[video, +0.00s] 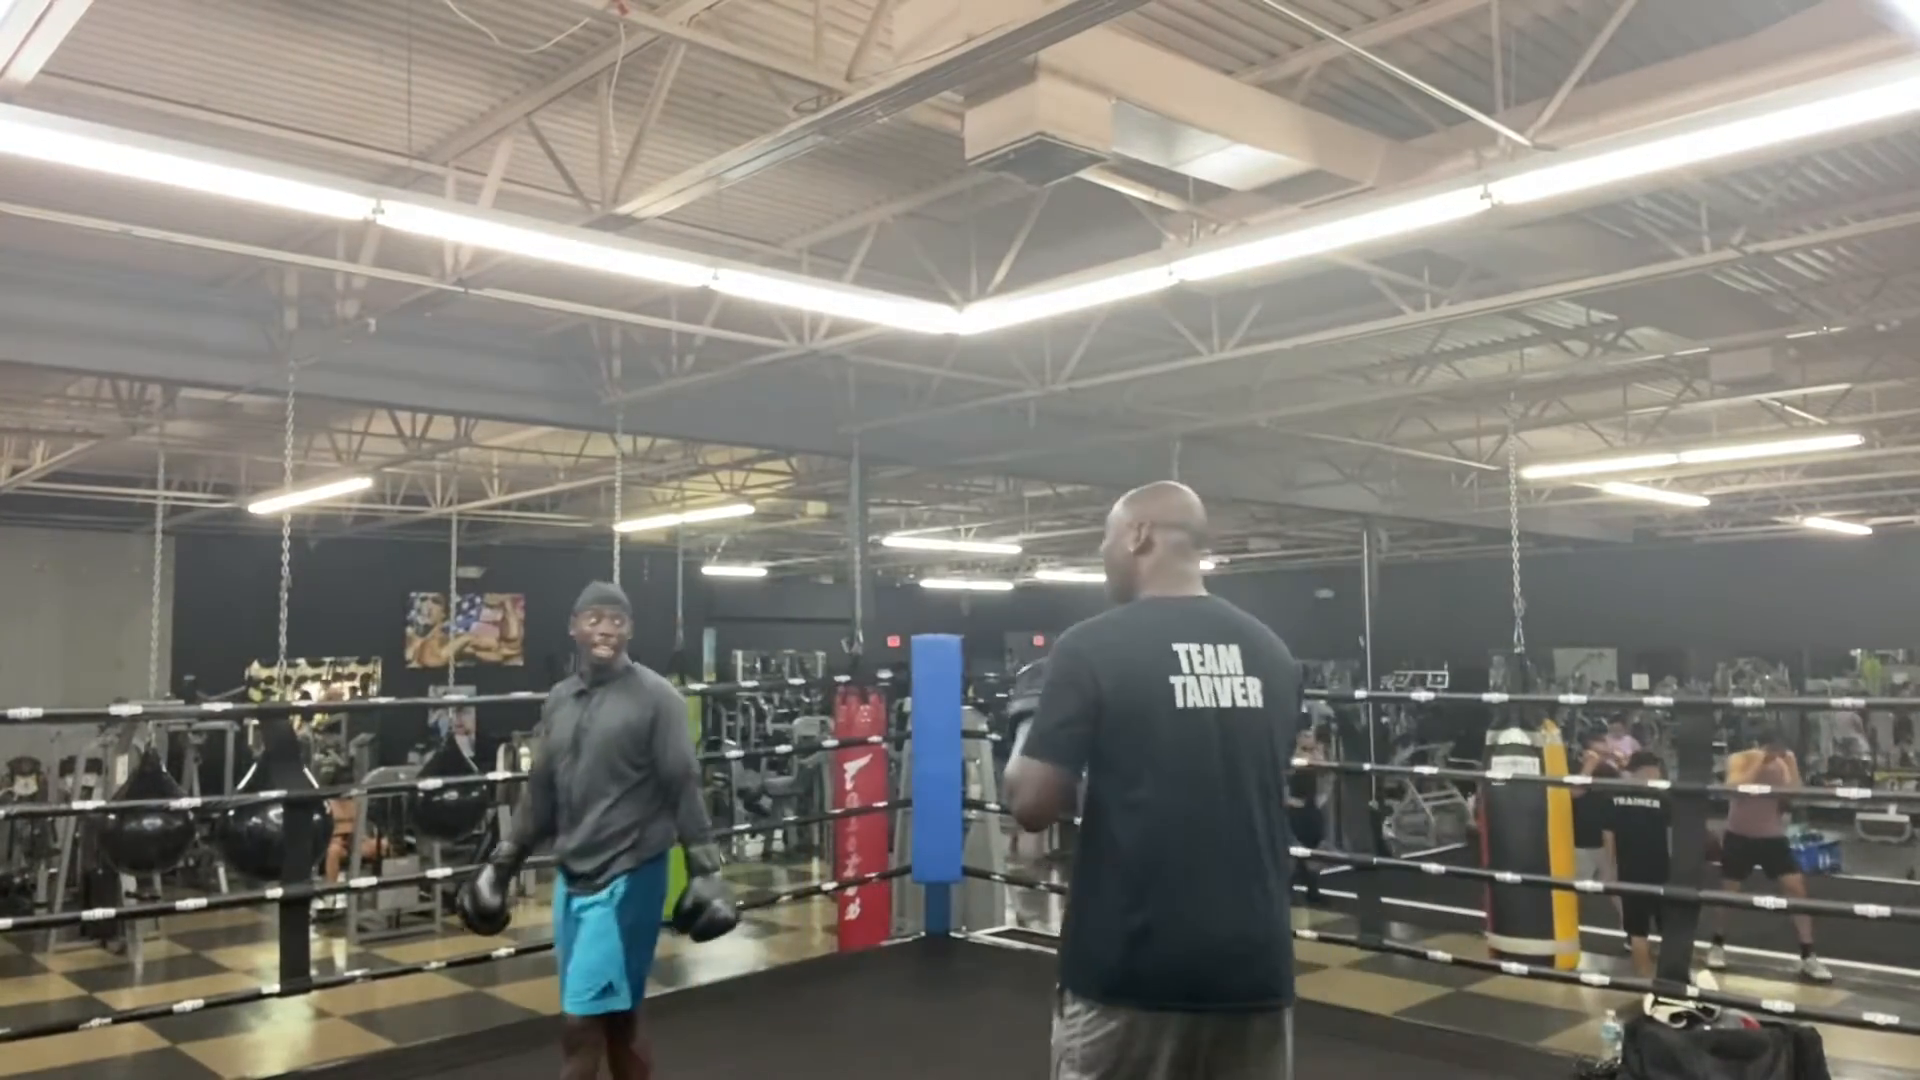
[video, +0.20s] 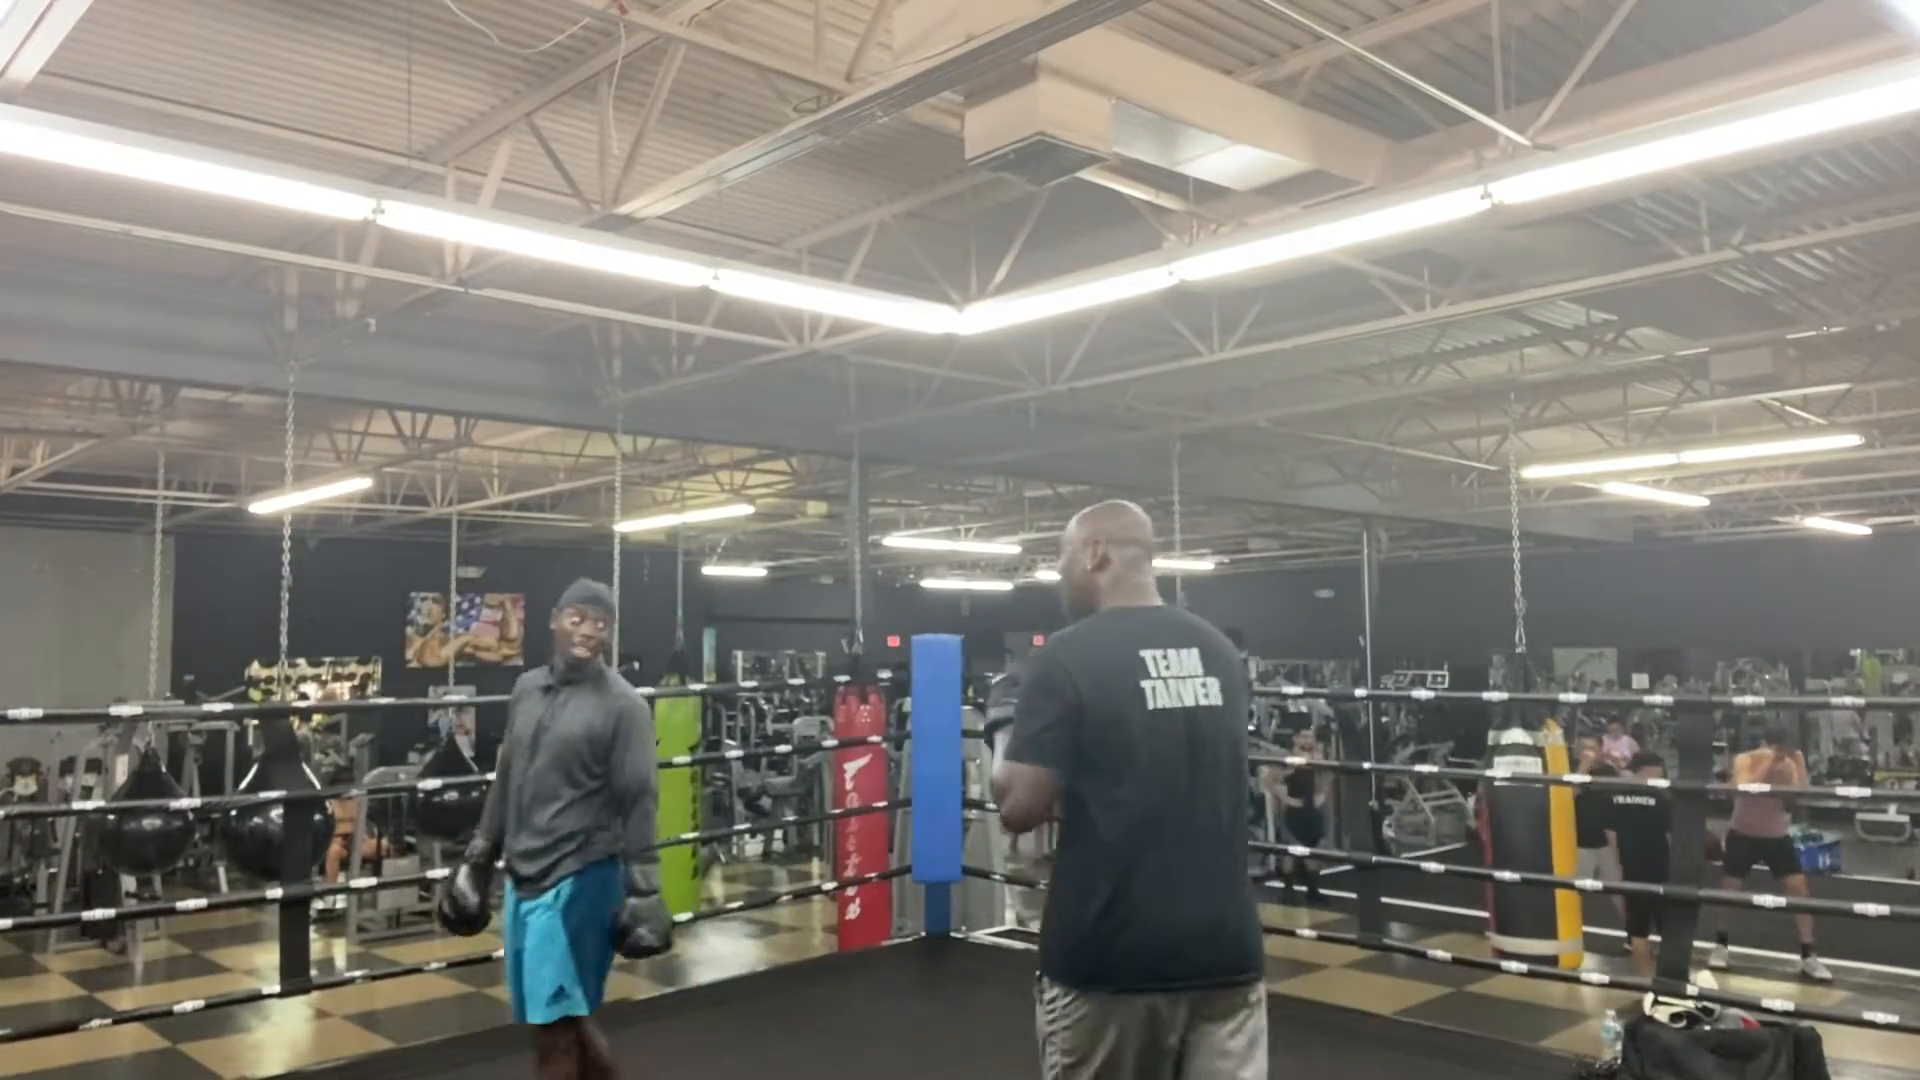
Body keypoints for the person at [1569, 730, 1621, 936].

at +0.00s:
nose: (1602, 754)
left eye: (1605, 749)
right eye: (1598, 749)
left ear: (1609, 748)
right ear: (1586, 750)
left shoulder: (1612, 771)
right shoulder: (1578, 772)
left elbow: (1632, 784)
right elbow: (1574, 793)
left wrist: (1621, 766)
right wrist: (1588, 768)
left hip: (1608, 840)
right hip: (1581, 840)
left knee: (1613, 888)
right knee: (1577, 888)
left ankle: (1625, 927)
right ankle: (1571, 927)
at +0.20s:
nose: (1587, 752)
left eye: (1592, 748)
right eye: (1583, 747)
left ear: (1600, 750)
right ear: (1577, 750)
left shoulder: (1606, 771)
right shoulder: (1572, 771)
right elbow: (1569, 795)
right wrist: (1583, 767)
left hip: (1606, 836)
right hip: (1581, 836)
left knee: (1615, 886)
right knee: (1577, 887)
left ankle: (1630, 925)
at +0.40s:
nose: (1580, 753)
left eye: (1584, 749)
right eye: (1577, 749)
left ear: (1596, 750)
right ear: (1571, 751)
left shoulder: (1606, 771)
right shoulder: (1569, 774)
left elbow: (1619, 801)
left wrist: (1620, 832)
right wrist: (1572, 766)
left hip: (1607, 840)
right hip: (1579, 841)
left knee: (1618, 891)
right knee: (1574, 893)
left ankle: (1632, 932)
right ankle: (1571, 936)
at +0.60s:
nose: (1582, 754)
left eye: (1586, 749)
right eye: (1578, 749)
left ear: (1597, 749)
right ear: (1573, 751)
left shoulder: (1608, 768)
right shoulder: (1571, 769)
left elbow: (1625, 785)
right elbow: (1558, 787)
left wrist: (1611, 762)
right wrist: (1570, 764)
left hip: (1609, 838)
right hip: (1579, 839)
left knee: (1621, 888)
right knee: (1573, 890)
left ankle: (1632, 932)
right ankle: (1571, 935)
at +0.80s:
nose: (1589, 754)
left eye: (1593, 749)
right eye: (1584, 749)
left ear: (1599, 750)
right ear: (1576, 751)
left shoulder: (1609, 767)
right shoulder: (1571, 771)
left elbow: (1628, 788)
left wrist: (1624, 810)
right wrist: (1574, 764)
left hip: (1609, 836)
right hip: (1579, 837)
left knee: (1619, 887)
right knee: (1574, 889)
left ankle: (1632, 931)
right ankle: (1571, 935)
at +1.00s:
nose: (1591, 754)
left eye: (1594, 749)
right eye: (1586, 750)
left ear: (1600, 750)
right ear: (1575, 753)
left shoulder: (1613, 771)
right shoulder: (1572, 775)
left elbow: (1629, 783)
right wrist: (1581, 767)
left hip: (1609, 838)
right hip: (1580, 839)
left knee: (1621, 888)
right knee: (1574, 890)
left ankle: (1633, 933)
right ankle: (1568, 937)